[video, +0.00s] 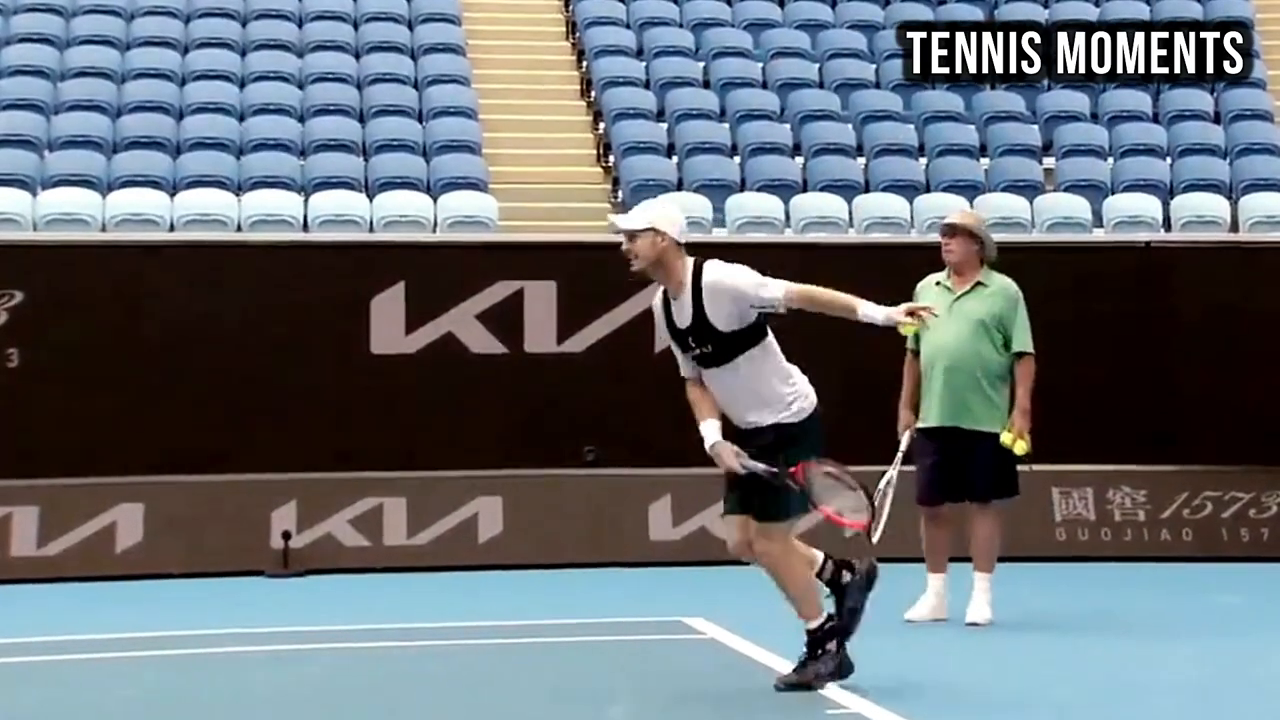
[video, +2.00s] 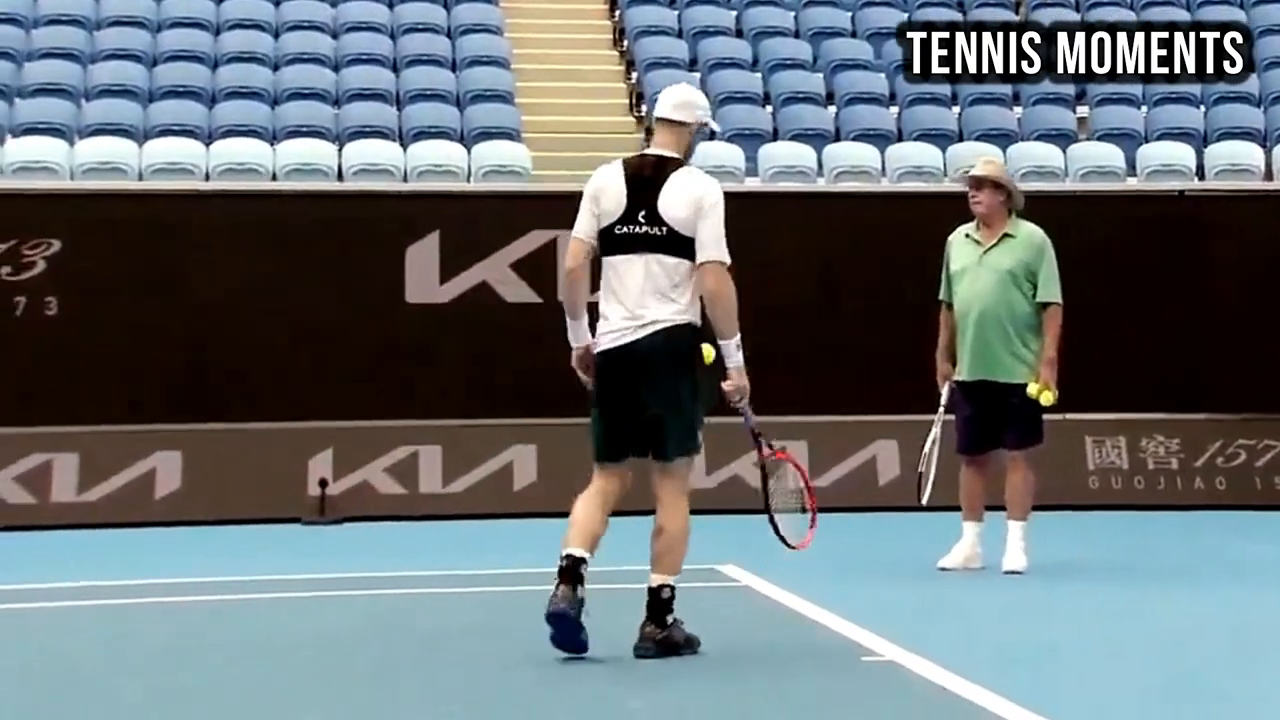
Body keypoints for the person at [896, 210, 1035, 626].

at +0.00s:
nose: (944, 242)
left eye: (953, 236)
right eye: (943, 236)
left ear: (976, 243)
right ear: (942, 245)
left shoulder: (1005, 291)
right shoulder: (928, 288)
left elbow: (1024, 356)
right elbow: (913, 354)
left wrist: (1021, 411)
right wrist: (906, 406)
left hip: (986, 419)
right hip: (933, 417)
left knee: (983, 505)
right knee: (932, 508)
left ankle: (982, 595)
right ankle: (935, 593)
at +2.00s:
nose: (974, 194)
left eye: (983, 188)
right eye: (971, 188)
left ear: (1004, 193)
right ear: (968, 195)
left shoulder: (1034, 240)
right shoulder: (957, 241)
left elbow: (1052, 306)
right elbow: (948, 307)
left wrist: (1049, 362)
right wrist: (943, 358)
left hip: (1019, 370)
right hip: (969, 369)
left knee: (1017, 456)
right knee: (972, 458)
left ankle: (1016, 543)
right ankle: (970, 542)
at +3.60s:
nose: (1005, 215)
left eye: (1012, 205)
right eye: (998, 206)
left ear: (1028, 209)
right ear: (988, 212)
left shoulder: (1050, 252)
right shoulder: (977, 251)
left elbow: (1073, 319)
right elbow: (961, 314)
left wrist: (1075, 377)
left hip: (1038, 382)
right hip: (991, 381)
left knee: (1028, 473)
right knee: (997, 474)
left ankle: (1022, 557)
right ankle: (999, 557)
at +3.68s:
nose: (1004, 211)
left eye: (1010, 200)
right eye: (997, 201)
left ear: (1025, 203)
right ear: (988, 206)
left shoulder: (1047, 248)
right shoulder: (976, 249)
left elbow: (1068, 313)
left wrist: (1069, 370)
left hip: (1035, 380)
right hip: (989, 379)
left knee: (1028, 468)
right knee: (990, 469)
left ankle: (1022, 556)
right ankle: (995, 554)